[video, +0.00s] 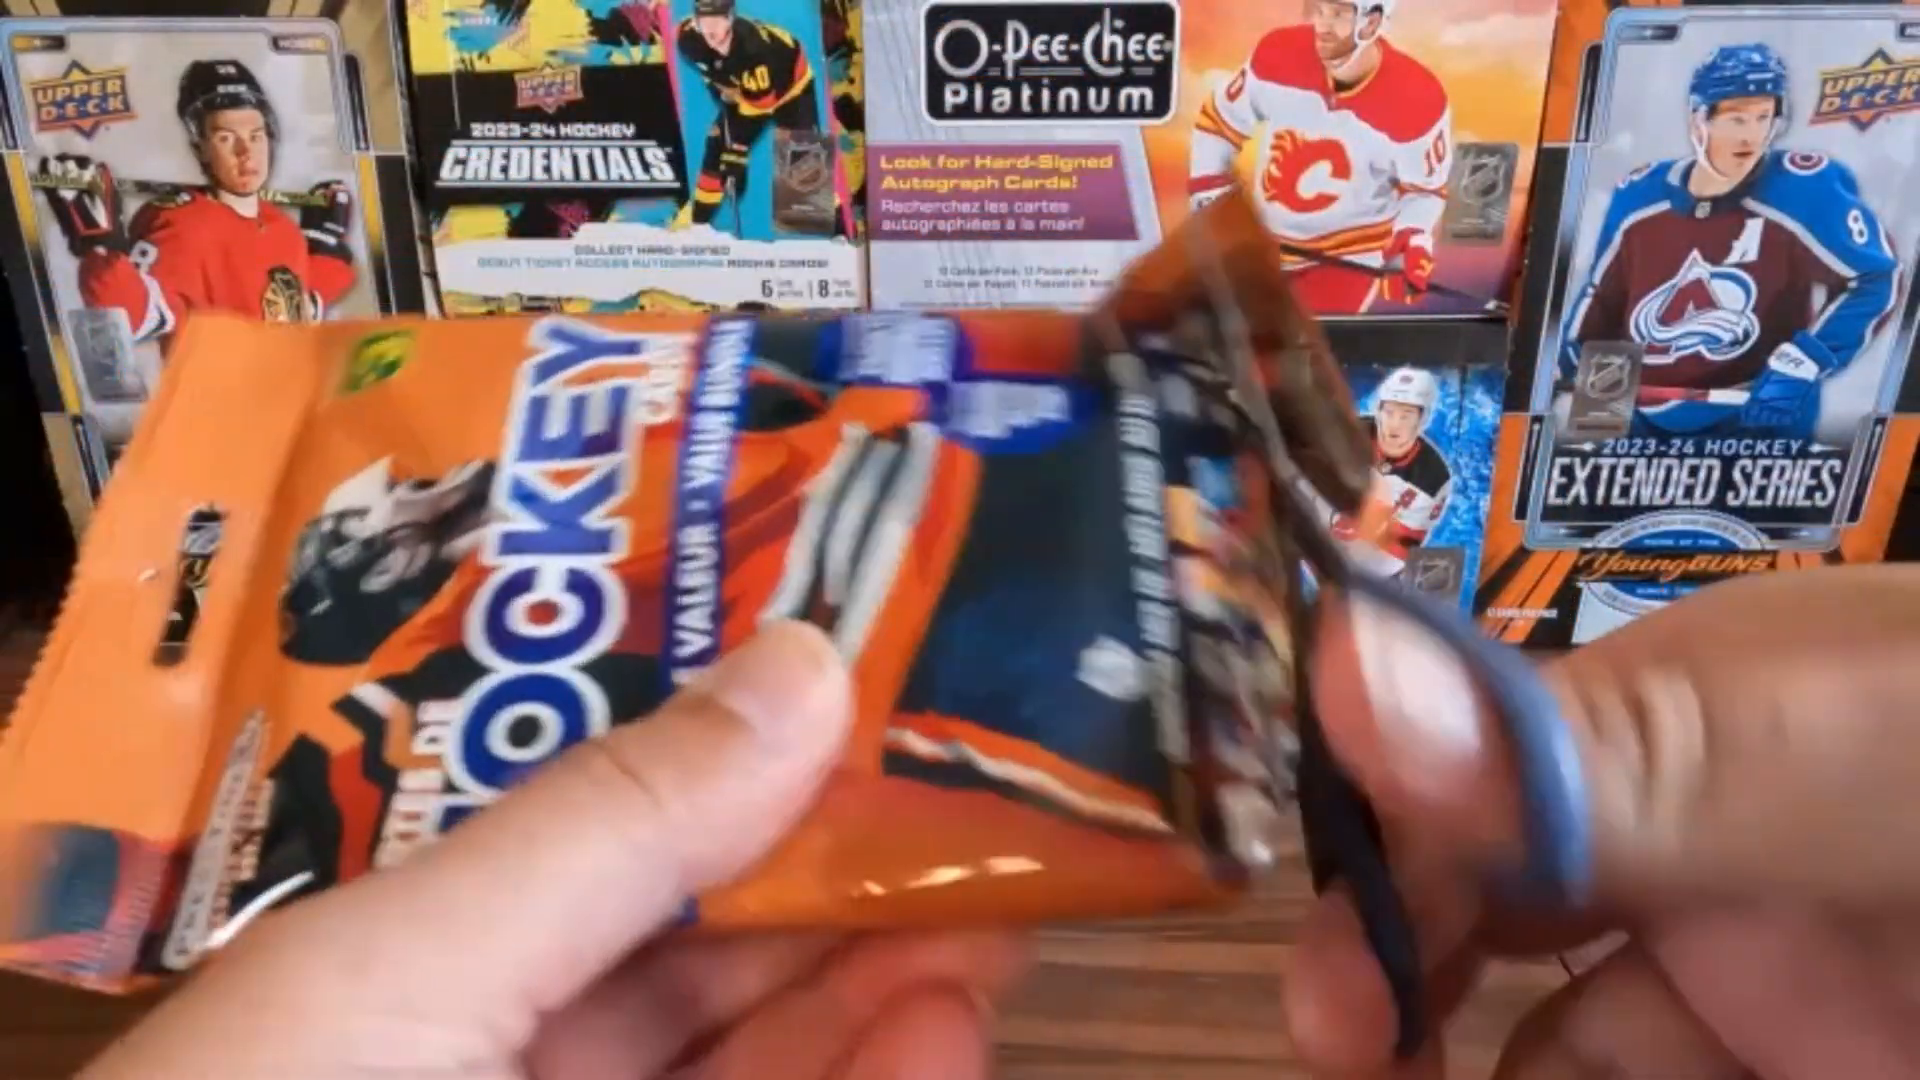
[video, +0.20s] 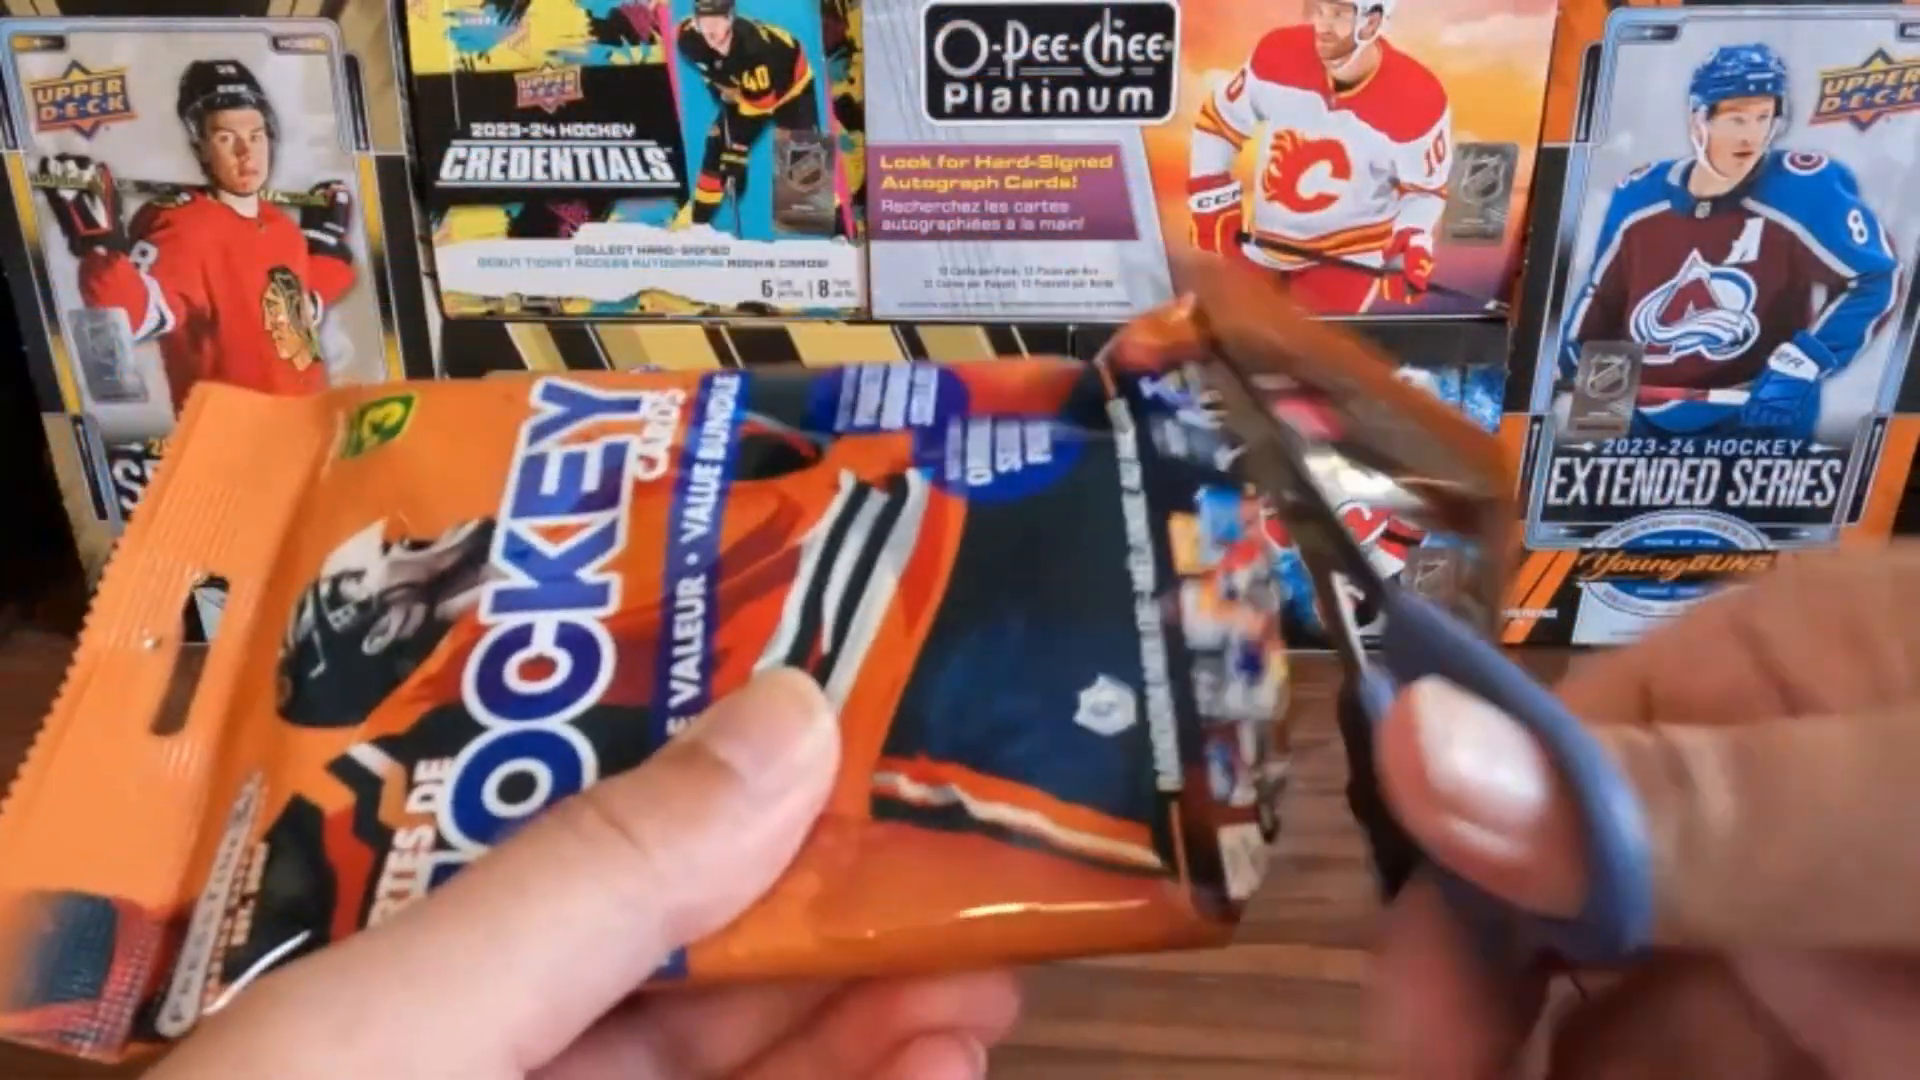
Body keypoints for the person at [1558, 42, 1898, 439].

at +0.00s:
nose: (1749, 135)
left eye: (1762, 118)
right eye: (1735, 119)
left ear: (1775, 123)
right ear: (1698, 124)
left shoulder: (1805, 192)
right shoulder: (1638, 197)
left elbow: (1879, 280)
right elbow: (1598, 295)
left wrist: (1801, 365)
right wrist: (1577, 364)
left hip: (1743, 426)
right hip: (1637, 421)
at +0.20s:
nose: (1749, 135)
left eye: (1762, 118)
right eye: (1734, 119)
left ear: (1775, 122)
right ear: (1698, 124)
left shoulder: (1805, 192)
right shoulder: (1638, 197)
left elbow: (1879, 280)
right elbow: (1599, 296)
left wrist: (1801, 365)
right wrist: (1574, 365)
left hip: (1744, 428)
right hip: (1637, 422)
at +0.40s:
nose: (1749, 135)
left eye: (1762, 118)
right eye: (1734, 119)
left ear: (1775, 123)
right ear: (1698, 124)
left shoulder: (1806, 192)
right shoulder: (1637, 198)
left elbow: (1879, 280)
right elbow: (1599, 297)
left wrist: (1802, 365)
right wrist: (1573, 366)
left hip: (1745, 427)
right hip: (1638, 422)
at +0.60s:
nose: (1749, 135)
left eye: (1762, 119)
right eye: (1734, 119)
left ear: (1775, 123)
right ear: (1698, 124)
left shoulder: (1806, 193)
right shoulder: (1637, 198)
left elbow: (1879, 280)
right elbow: (1599, 296)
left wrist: (1802, 364)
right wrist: (1576, 364)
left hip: (1745, 426)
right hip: (1638, 421)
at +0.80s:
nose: (1749, 135)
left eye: (1761, 118)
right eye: (1734, 119)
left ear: (1775, 122)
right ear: (1698, 123)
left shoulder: (1805, 192)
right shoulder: (1637, 197)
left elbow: (1879, 280)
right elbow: (1599, 295)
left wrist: (1802, 364)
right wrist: (1573, 364)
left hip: (1746, 427)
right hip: (1638, 421)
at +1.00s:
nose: (1749, 135)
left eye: (1761, 118)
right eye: (1734, 119)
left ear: (1775, 122)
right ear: (1698, 123)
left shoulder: (1805, 192)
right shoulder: (1638, 197)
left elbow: (1879, 280)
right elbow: (1599, 296)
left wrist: (1803, 364)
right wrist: (1575, 369)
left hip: (1745, 428)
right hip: (1638, 422)